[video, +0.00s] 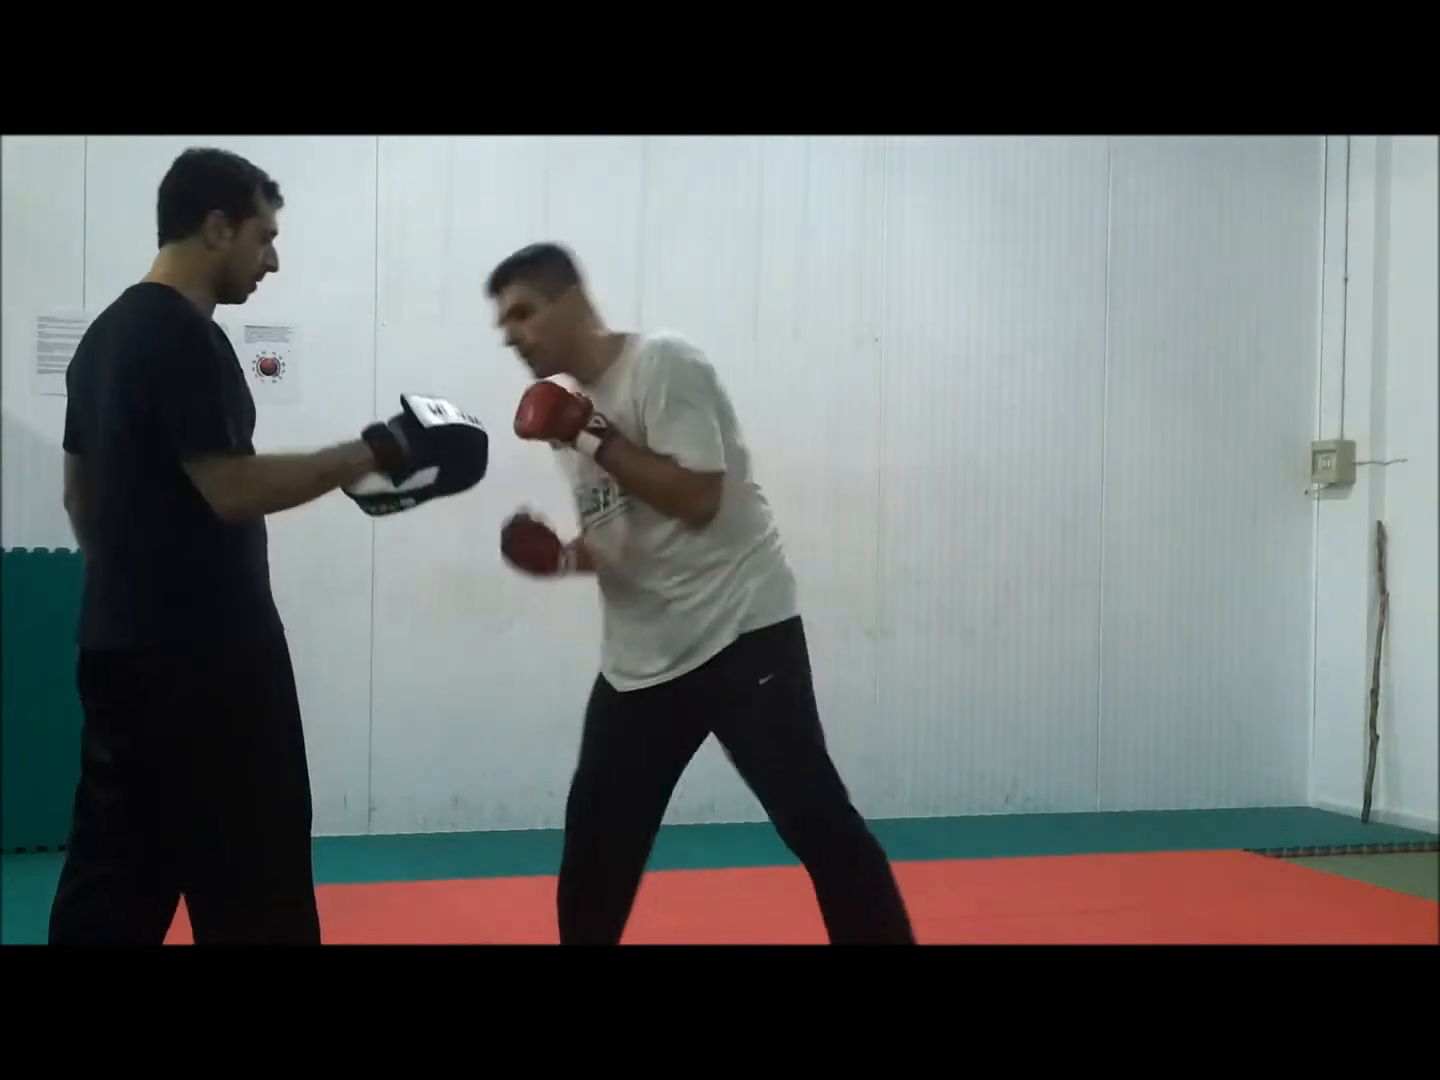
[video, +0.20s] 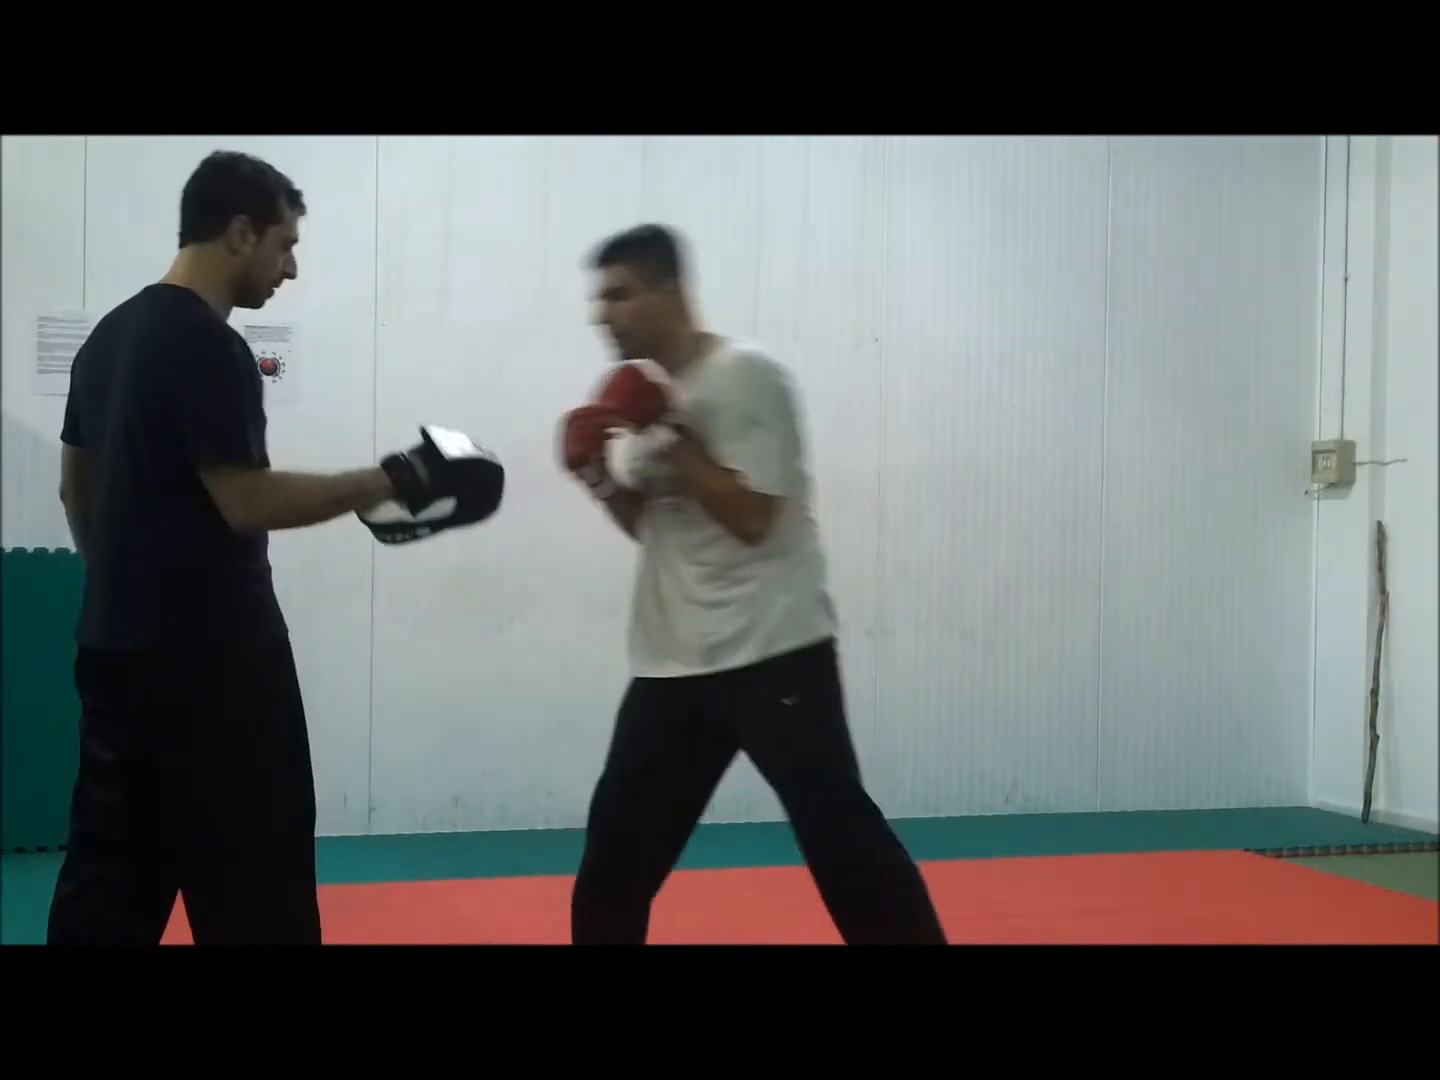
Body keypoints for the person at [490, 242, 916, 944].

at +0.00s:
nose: (509, 335)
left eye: (520, 314)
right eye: (502, 322)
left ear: (573, 301)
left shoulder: (666, 362)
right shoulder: (572, 416)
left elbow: (699, 497)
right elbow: (619, 544)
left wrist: (591, 433)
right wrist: (562, 555)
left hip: (741, 632)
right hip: (642, 659)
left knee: (819, 826)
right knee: (596, 843)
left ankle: (885, 942)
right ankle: (584, 946)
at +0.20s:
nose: (601, 314)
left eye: (616, 295)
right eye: (599, 299)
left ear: (668, 291)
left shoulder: (747, 376)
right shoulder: (648, 398)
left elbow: (756, 519)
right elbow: (657, 530)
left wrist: (679, 449)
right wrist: (600, 478)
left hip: (775, 659)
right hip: (677, 666)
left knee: (844, 841)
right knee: (614, 868)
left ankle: (916, 944)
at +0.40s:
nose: (720, 304)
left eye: (737, 287)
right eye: (719, 288)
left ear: (792, 289)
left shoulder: (864, 387)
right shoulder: (739, 396)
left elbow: (862, 531)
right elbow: (723, 533)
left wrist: (775, 442)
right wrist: (686, 478)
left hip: (850, 669)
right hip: (742, 673)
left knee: (894, 862)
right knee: (653, 850)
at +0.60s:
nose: (783, 290)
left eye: (801, 273)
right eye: (782, 273)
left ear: (859, 277)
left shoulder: (924, 377)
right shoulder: (784, 378)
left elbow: (903, 520)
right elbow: (748, 512)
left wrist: (840, 411)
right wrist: (749, 424)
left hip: (890, 651)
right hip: (782, 650)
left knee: (917, 839)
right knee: (717, 819)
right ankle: (710, 945)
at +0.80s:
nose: (783, 300)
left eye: (801, 282)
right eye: (781, 284)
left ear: (858, 286)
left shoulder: (928, 387)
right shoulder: (791, 386)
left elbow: (913, 531)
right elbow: (761, 524)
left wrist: (840, 425)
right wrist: (757, 438)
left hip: (896, 658)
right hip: (791, 654)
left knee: (921, 849)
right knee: (714, 816)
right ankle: (711, 949)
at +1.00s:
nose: (723, 307)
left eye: (737, 289)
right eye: (721, 292)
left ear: (791, 287)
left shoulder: (862, 377)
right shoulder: (772, 398)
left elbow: (841, 528)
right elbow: (760, 532)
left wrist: (768, 432)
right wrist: (710, 452)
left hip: (867, 660)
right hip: (776, 658)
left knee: (904, 855)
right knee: (690, 829)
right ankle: (656, 947)